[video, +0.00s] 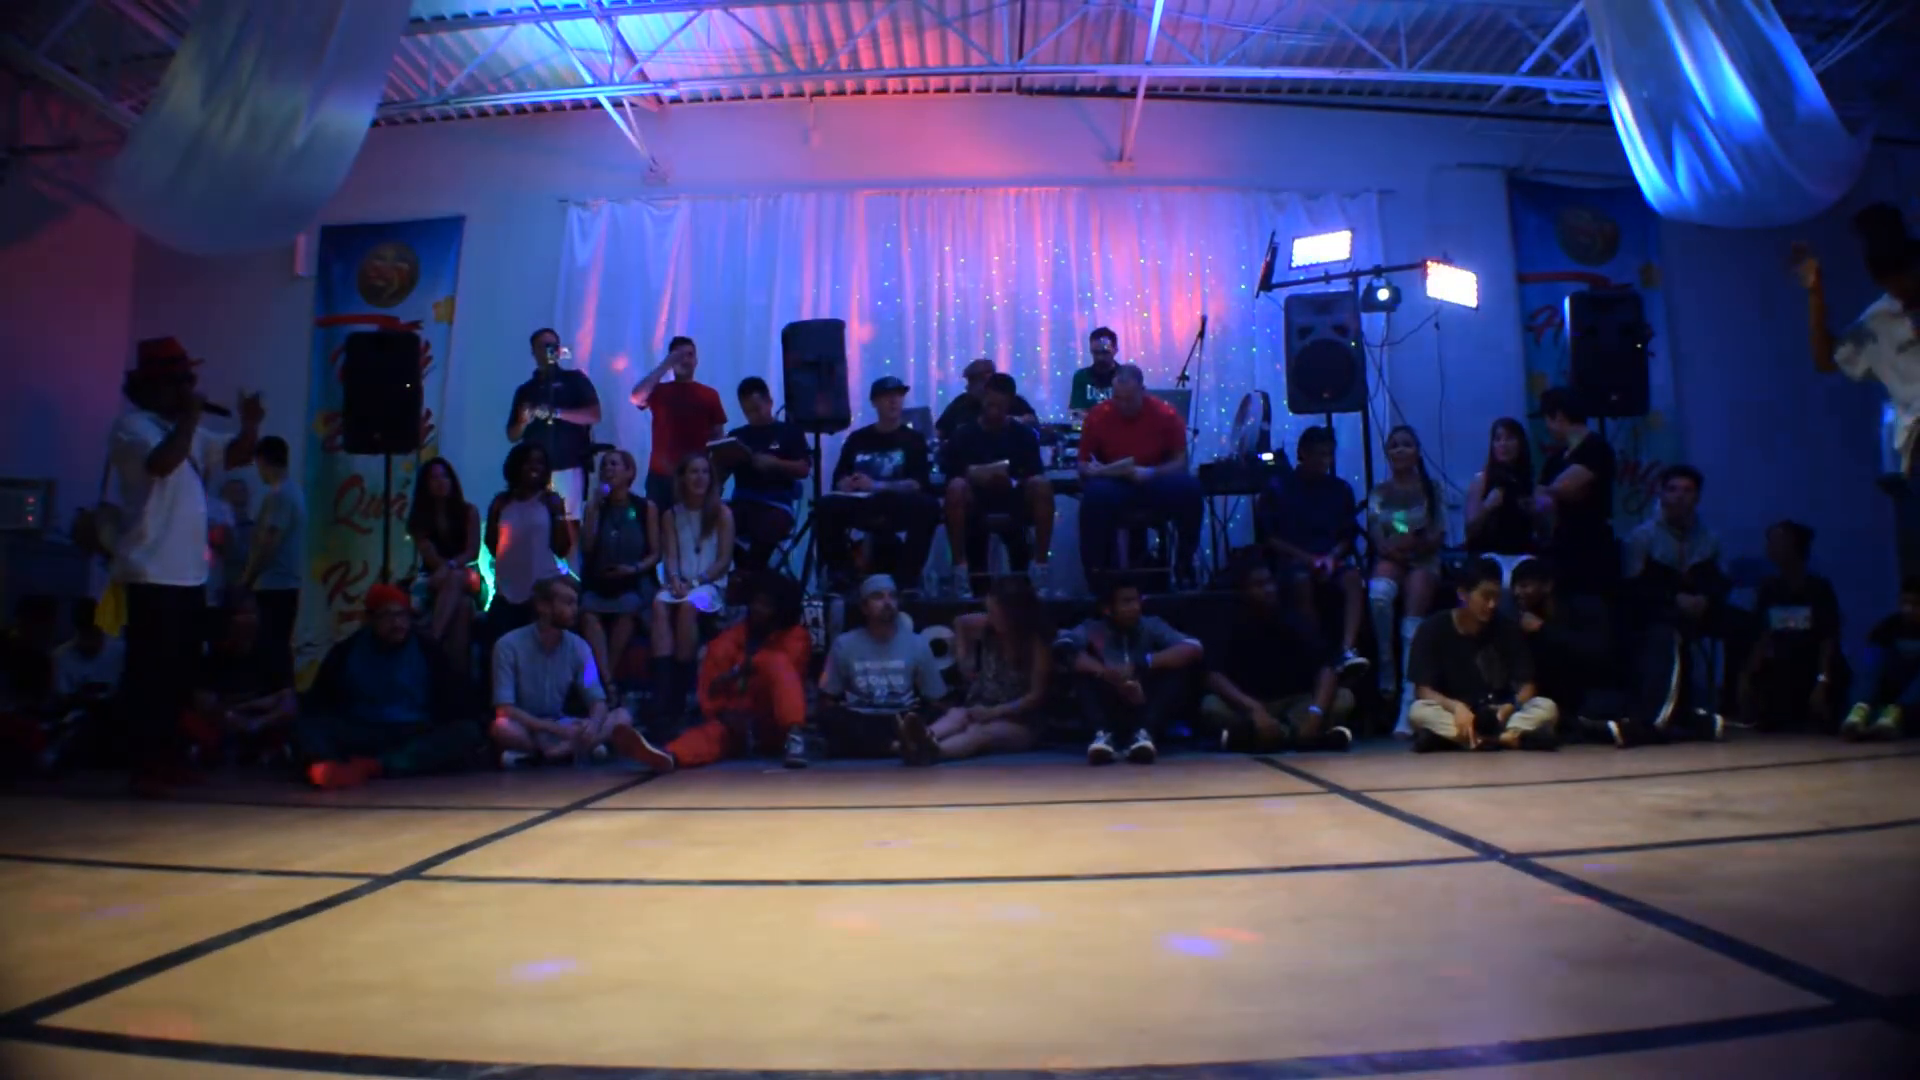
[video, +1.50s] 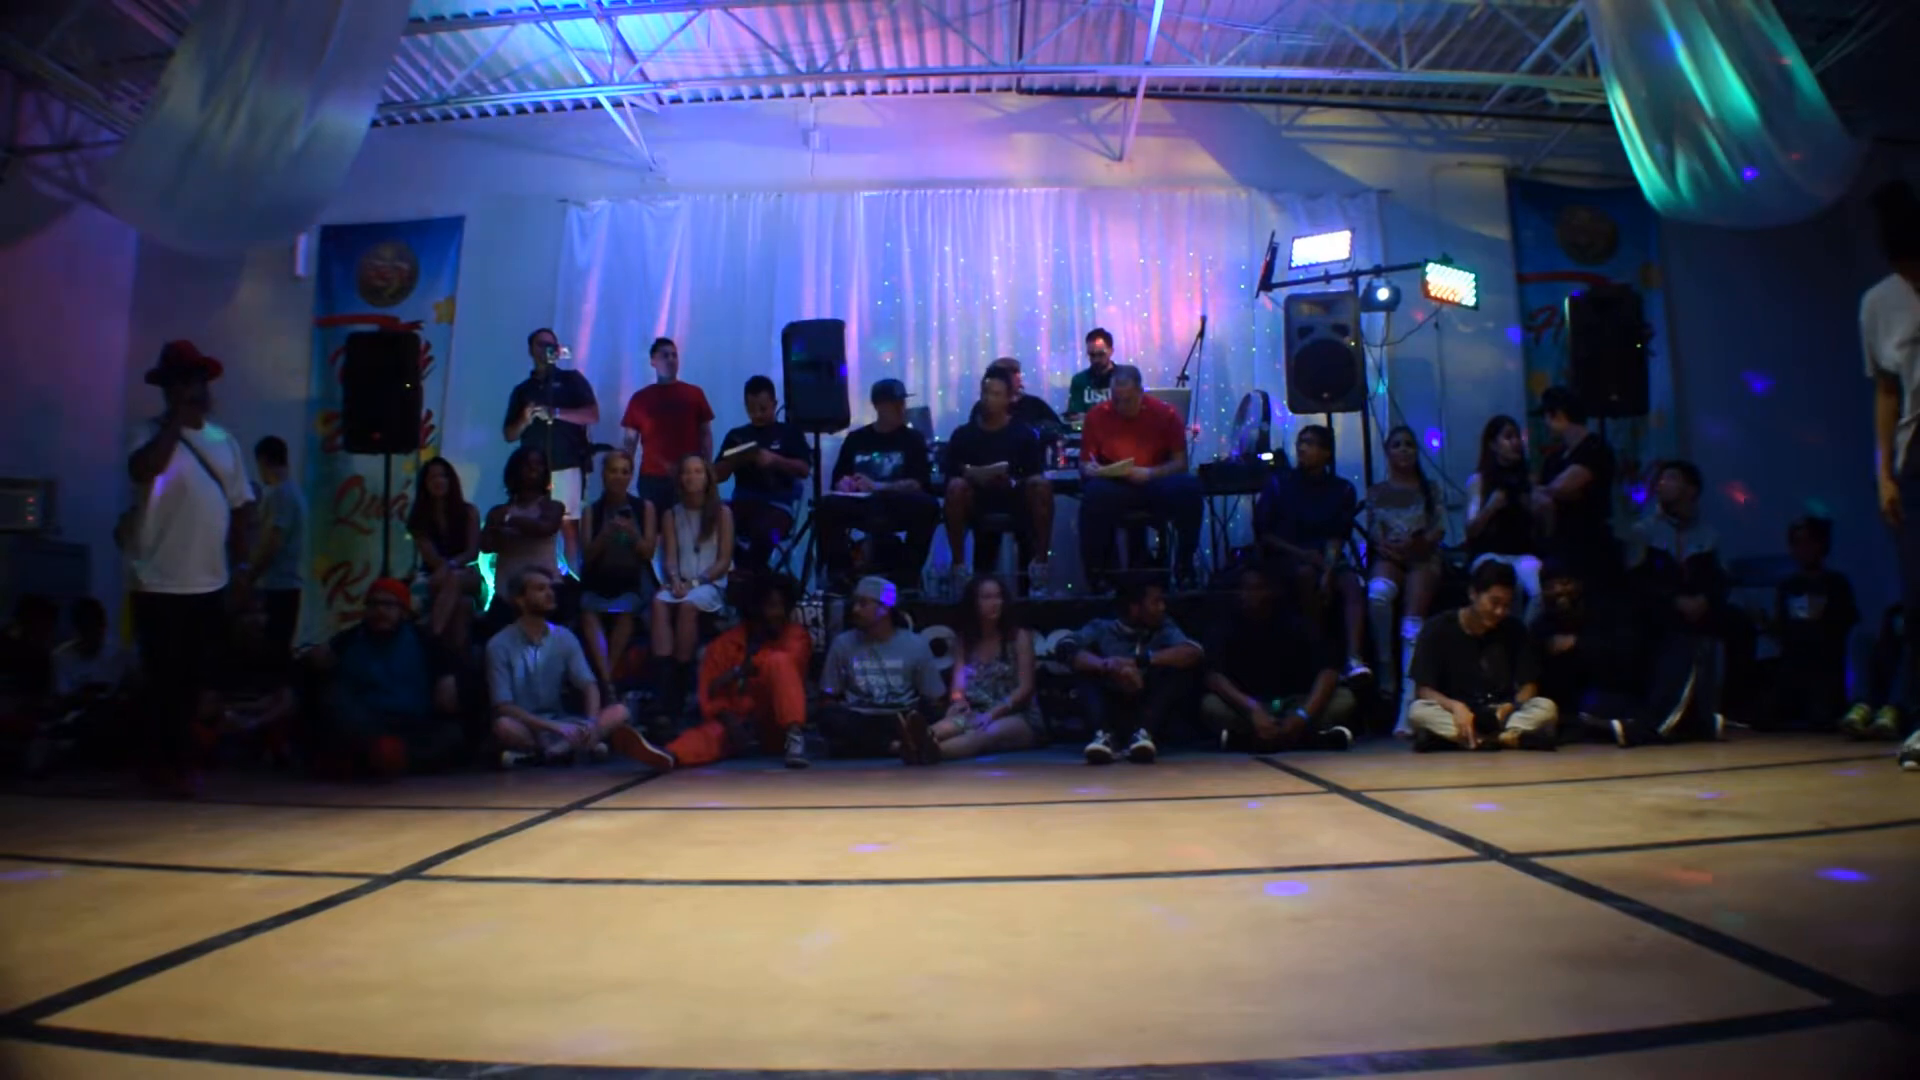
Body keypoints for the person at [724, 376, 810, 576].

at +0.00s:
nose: (754, 414)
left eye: (757, 407)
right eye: (748, 410)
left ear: (769, 403)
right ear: (742, 409)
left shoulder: (790, 432)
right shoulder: (737, 435)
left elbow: (803, 468)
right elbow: (719, 478)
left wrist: (773, 463)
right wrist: (723, 459)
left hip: (777, 502)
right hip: (743, 501)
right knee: (721, 524)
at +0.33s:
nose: (755, 415)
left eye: (759, 408)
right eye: (749, 410)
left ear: (771, 403)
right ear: (744, 409)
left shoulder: (790, 432)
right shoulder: (737, 435)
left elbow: (802, 466)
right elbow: (720, 470)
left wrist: (769, 459)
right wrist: (729, 454)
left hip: (776, 501)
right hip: (743, 499)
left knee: (767, 531)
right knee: (721, 525)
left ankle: (754, 575)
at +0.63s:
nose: (756, 415)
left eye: (760, 408)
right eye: (750, 410)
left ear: (772, 404)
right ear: (744, 408)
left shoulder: (790, 433)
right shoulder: (737, 435)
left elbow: (802, 467)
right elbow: (718, 472)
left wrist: (770, 458)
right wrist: (729, 456)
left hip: (777, 502)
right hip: (743, 500)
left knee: (764, 536)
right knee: (722, 529)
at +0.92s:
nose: (755, 416)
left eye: (760, 409)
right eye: (750, 410)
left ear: (772, 403)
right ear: (744, 407)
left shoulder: (789, 433)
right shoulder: (736, 435)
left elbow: (802, 468)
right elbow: (719, 472)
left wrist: (772, 459)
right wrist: (739, 456)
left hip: (776, 501)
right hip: (742, 500)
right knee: (721, 529)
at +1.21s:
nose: (758, 414)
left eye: (762, 408)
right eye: (752, 408)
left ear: (774, 405)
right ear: (746, 407)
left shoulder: (790, 434)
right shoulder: (737, 436)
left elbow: (803, 469)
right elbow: (719, 475)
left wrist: (772, 460)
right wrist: (739, 457)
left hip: (778, 503)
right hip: (744, 501)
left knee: (765, 533)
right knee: (722, 521)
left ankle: (754, 577)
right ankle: (745, 571)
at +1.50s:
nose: (757, 415)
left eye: (763, 409)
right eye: (752, 409)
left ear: (774, 405)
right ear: (746, 407)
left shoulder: (790, 433)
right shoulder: (736, 435)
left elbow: (804, 468)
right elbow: (718, 474)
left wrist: (773, 460)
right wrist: (741, 459)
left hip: (778, 502)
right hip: (743, 501)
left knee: (763, 535)